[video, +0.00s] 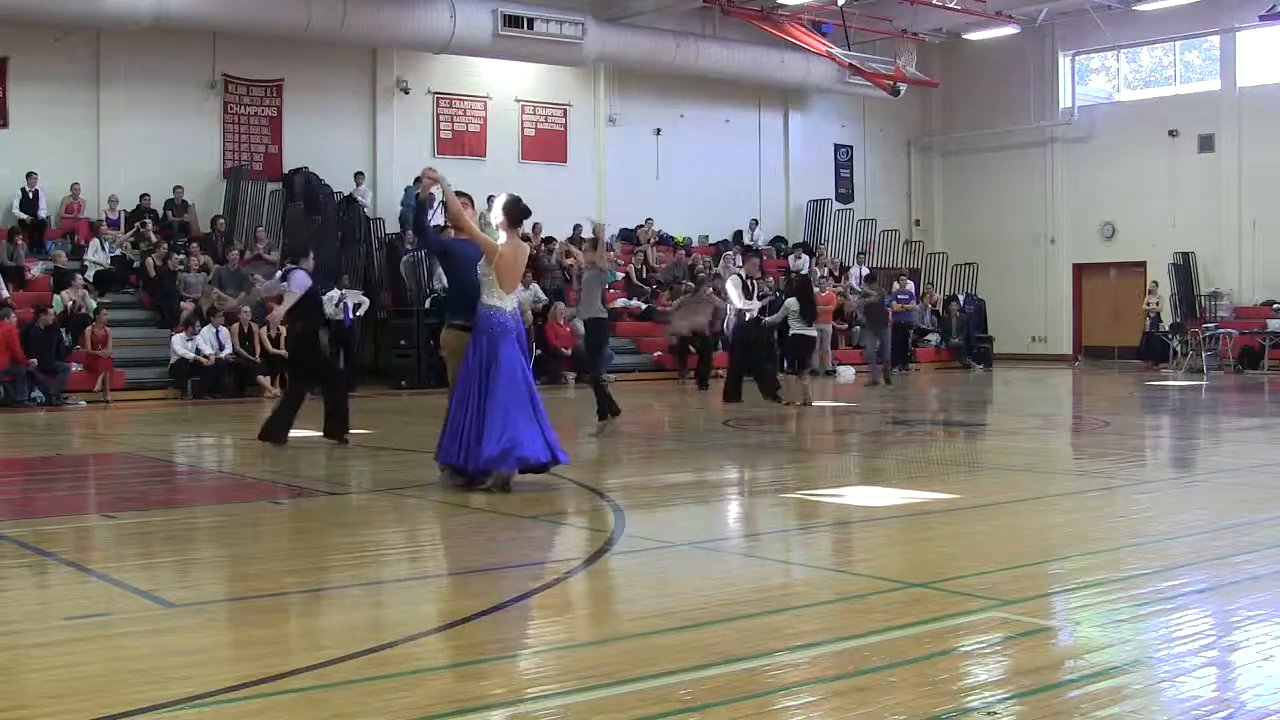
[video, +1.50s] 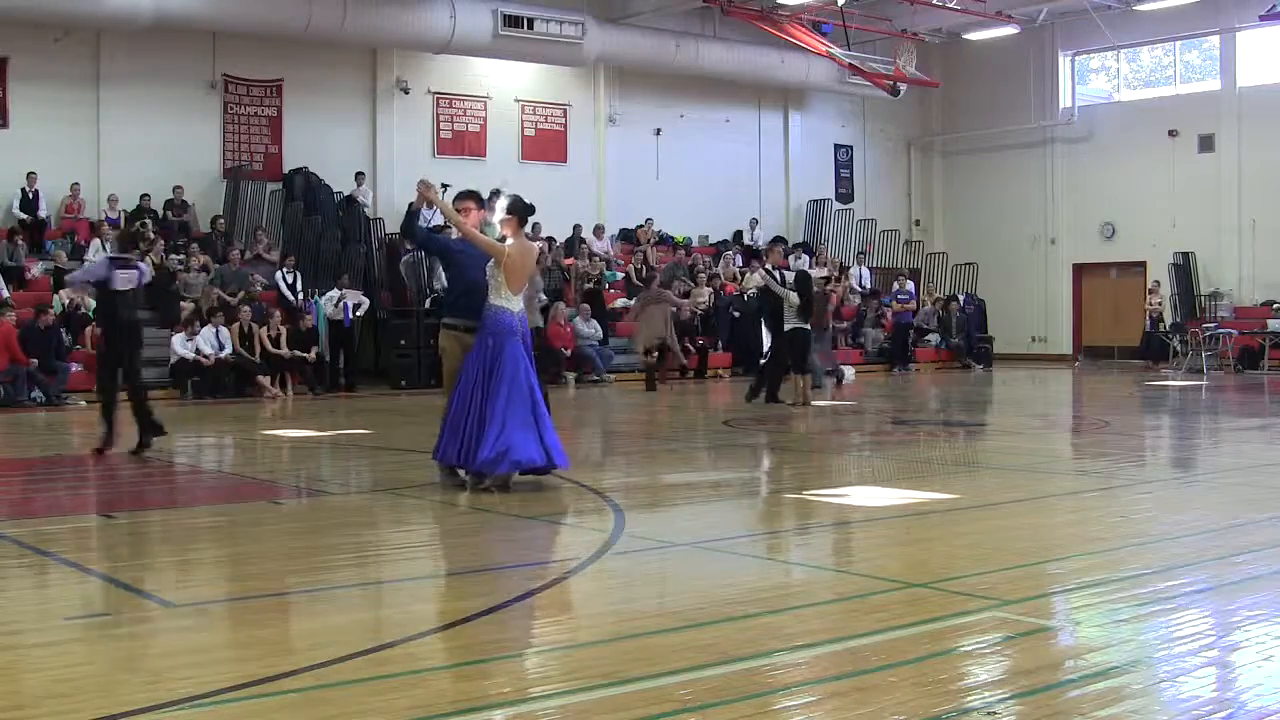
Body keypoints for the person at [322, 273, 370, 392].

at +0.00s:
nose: (347, 283)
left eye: (348, 281)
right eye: (344, 280)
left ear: (349, 283)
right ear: (338, 282)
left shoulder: (352, 294)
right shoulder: (331, 295)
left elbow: (366, 301)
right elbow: (329, 313)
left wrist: (359, 313)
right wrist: (337, 303)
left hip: (350, 322)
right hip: (336, 322)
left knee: (351, 353)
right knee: (334, 352)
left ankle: (350, 383)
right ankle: (333, 382)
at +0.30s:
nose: (347, 282)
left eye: (347, 280)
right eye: (344, 280)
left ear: (348, 282)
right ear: (337, 281)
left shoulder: (352, 294)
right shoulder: (329, 296)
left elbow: (366, 301)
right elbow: (330, 314)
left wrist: (358, 313)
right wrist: (338, 303)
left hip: (349, 324)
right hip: (334, 324)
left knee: (350, 356)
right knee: (334, 357)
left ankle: (350, 384)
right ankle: (334, 384)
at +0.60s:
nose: (347, 282)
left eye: (347, 280)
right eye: (344, 280)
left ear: (348, 282)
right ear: (337, 281)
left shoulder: (351, 294)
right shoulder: (329, 296)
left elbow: (366, 301)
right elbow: (330, 314)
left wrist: (358, 313)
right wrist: (338, 303)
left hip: (349, 322)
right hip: (335, 323)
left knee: (350, 354)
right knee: (334, 355)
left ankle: (350, 384)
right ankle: (334, 384)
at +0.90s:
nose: (346, 282)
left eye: (347, 280)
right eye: (344, 280)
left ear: (349, 281)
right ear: (337, 281)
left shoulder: (352, 294)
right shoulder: (329, 296)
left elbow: (366, 301)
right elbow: (329, 314)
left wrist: (358, 313)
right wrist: (338, 302)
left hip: (349, 322)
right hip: (335, 323)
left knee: (350, 355)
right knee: (334, 355)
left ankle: (350, 384)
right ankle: (333, 384)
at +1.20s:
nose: (346, 282)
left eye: (347, 280)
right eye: (344, 280)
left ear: (349, 281)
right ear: (337, 281)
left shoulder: (352, 294)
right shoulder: (329, 296)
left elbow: (366, 301)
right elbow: (329, 314)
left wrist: (358, 313)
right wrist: (338, 302)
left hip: (349, 322)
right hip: (335, 323)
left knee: (350, 355)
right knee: (334, 355)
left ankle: (350, 384)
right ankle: (333, 384)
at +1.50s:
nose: (347, 282)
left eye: (347, 280)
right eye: (344, 280)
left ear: (348, 281)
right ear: (337, 282)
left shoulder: (352, 294)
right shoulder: (328, 296)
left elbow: (366, 302)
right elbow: (329, 314)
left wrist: (358, 313)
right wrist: (338, 302)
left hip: (348, 323)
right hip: (334, 323)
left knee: (349, 355)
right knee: (334, 356)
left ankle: (349, 384)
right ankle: (334, 384)